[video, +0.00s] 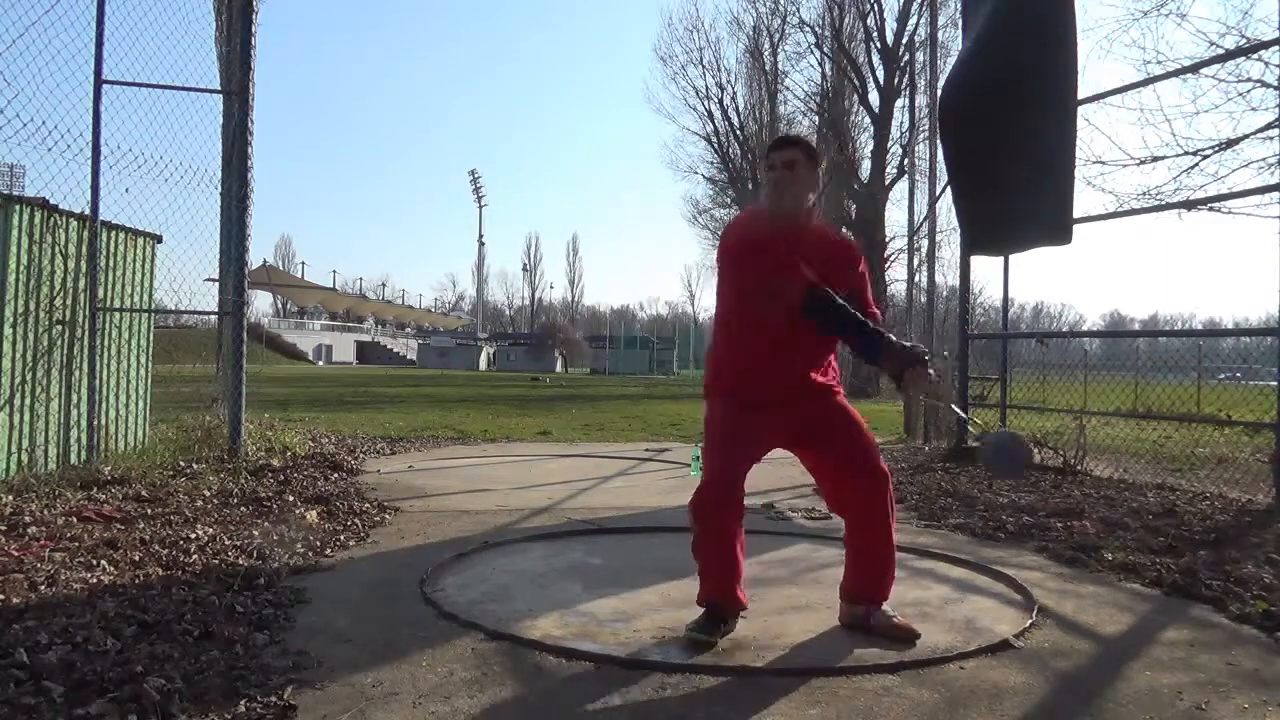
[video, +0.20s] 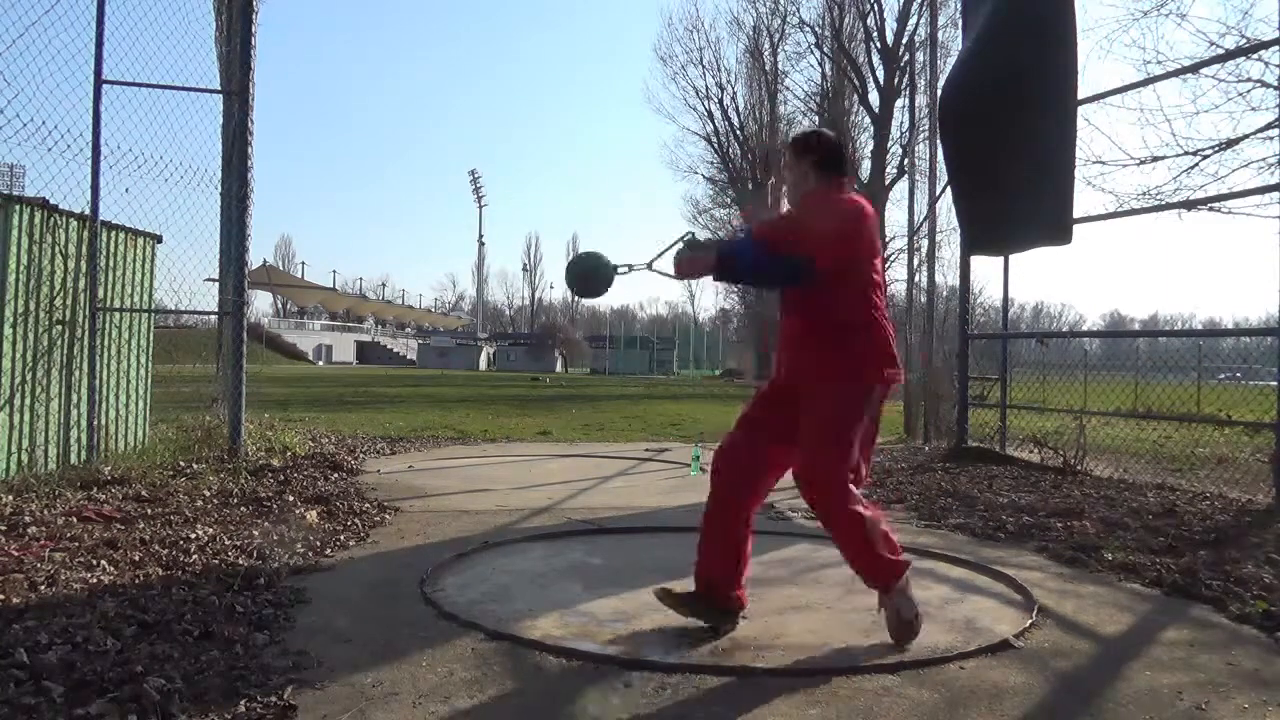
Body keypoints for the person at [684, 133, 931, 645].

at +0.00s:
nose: (781, 174)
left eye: (793, 166)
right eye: (774, 166)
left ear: (816, 180)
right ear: (763, 177)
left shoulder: (840, 250)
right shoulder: (741, 235)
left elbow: (865, 327)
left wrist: (898, 360)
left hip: (813, 398)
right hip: (737, 399)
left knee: (870, 480)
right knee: (716, 492)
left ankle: (863, 604)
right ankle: (719, 604)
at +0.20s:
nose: (786, 179)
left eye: (791, 169)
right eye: (786, 171)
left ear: (813, 166)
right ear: (825, 166)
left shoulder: (847, 213)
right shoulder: (804, 216)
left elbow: (797, 263)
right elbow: (766, 246)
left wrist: (717, 260)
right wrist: (718, 253)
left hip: (851, 373)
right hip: (802, 372)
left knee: (824, 479)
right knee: (736, 467)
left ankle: (892, 581)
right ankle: (717, 594)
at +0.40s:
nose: (800, 158)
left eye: (800, 149)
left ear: (800, 150)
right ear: (851, 149)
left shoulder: (783, 192)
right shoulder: (876, 196)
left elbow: (713, 219)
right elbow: (809, 215)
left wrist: (693, 190)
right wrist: (741, 198)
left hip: (789, 354)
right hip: (858, 361)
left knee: (731, 439)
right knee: (796, 491)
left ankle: (720, 525)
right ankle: (717, 596)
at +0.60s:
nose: (809, 175)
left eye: (809, 168)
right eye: (809, 167)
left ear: (761, 157)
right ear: (800, 164)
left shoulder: (744, 197)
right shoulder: (794, 204)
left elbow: (795, 255)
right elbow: (840, 252)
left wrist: (850, 260)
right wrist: (861, 257)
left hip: (742, 358)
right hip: (728, 360)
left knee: (791, 458)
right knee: (771, 488)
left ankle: (815, 554)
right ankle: (686, 561)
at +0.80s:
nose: (743, 195)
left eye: (752, 186)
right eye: (733, 187)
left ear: (768, 193)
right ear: (723, 196)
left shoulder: (790, 249)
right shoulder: (712, 248)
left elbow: (814, 308)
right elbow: (766, 305)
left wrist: (838, 351)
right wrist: (829, 351)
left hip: (775, 378)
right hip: (715, 383)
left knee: (833, 458)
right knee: (715, 473)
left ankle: (829, 566)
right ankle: (714, 569)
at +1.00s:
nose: (757, 203)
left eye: (760, 193)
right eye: (759, 193)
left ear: (774, 190)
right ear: (797, 191)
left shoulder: (800, 227)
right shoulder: (785, 232)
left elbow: (734, 259)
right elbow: (730, 268)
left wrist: (661, 267)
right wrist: (665, 269)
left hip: (813, 363)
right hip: (783, 365)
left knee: (755, 454)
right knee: (718, 451)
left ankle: (837, 517)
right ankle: (709, 564)